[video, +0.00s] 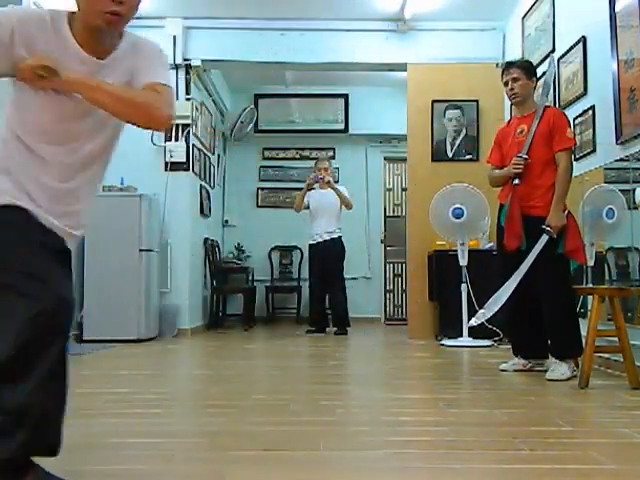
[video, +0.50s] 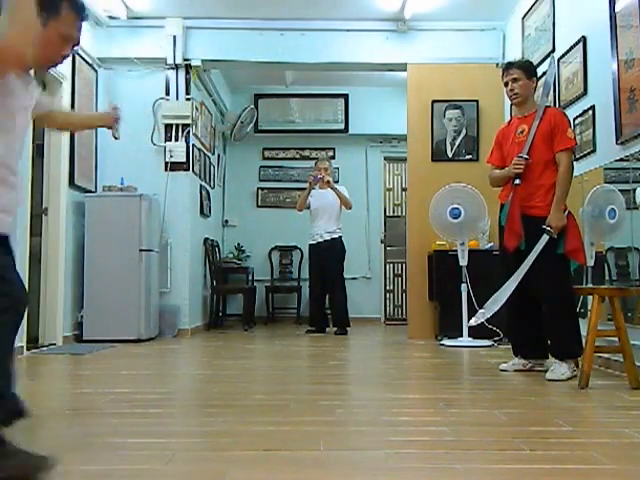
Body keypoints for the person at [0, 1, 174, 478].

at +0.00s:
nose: (124, 5)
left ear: (138, 5)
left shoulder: (141, 53)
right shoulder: (27, 26)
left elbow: (160, 114)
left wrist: (75, 83)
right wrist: (14, 66)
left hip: (60, 224)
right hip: (10, 199)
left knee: (43, 335)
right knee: (47, 306)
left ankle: (18, 456)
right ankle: (14, 455)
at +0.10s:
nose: (124, 6)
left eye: (127, 1)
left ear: (117, 9)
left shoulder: (112, 44)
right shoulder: (21, 17)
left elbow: (129, 98)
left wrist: (30, 74)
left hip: (46, 222)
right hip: (6, 207)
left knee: (71, 331)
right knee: (42, 304)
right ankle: (16, 459)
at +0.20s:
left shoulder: (64, 32)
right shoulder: (17, 12)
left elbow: (94, 72)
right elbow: (121, 21)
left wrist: (119, 90)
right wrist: (179, 40)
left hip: (29, 209)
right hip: (4, 207)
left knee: (48, 308)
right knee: (48, 300)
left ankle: (18, 454)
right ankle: (12, 456)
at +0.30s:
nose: (77, 26)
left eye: (82, 19)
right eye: (77, 15)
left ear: (61, 14)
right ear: (50, 7)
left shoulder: (49, 54)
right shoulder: (8, 30)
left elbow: (113, 89)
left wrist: (191, 116)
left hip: (14, 218)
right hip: (5, 218)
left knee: (33, 311)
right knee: (49, 301)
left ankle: (13, 450)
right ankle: (13, 455)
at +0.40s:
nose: (72, 38)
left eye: (76, 28)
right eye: (70, 24)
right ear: (32, 8)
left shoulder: (42, 65)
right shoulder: (6, 47)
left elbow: (94, 93)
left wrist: (149, 115)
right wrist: (20, 7)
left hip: (13, 223)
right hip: (3, 224)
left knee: (29, 317)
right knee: (30, 315)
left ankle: (18, 449)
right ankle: (14, 451)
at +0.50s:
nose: (66, 53)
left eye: (72, 45)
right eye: (65, 40)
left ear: (64, 42)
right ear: (36, 24)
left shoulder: (26, 86)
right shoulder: (8, 73)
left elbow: (53, 116)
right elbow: (16, 45)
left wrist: (100, 119)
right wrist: (27, 5)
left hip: (6, 225)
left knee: (11, 304)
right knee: (12, 298)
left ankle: (2, 438)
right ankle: (6, 399)